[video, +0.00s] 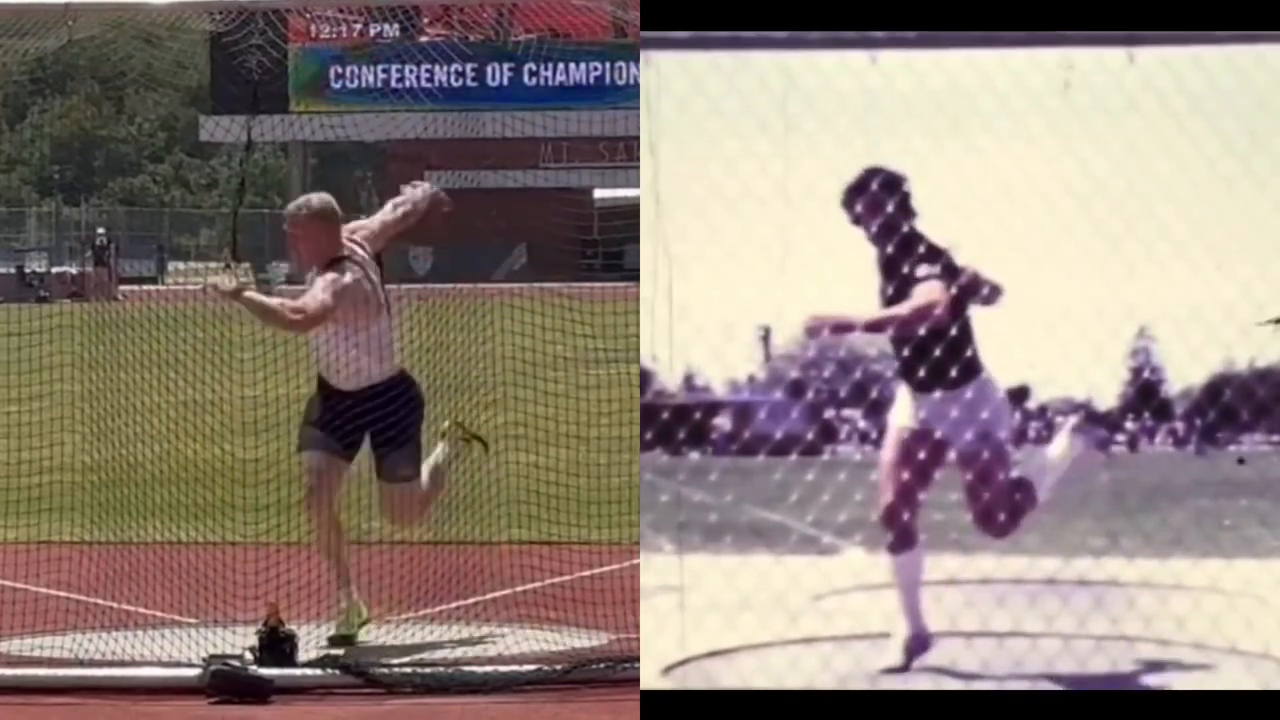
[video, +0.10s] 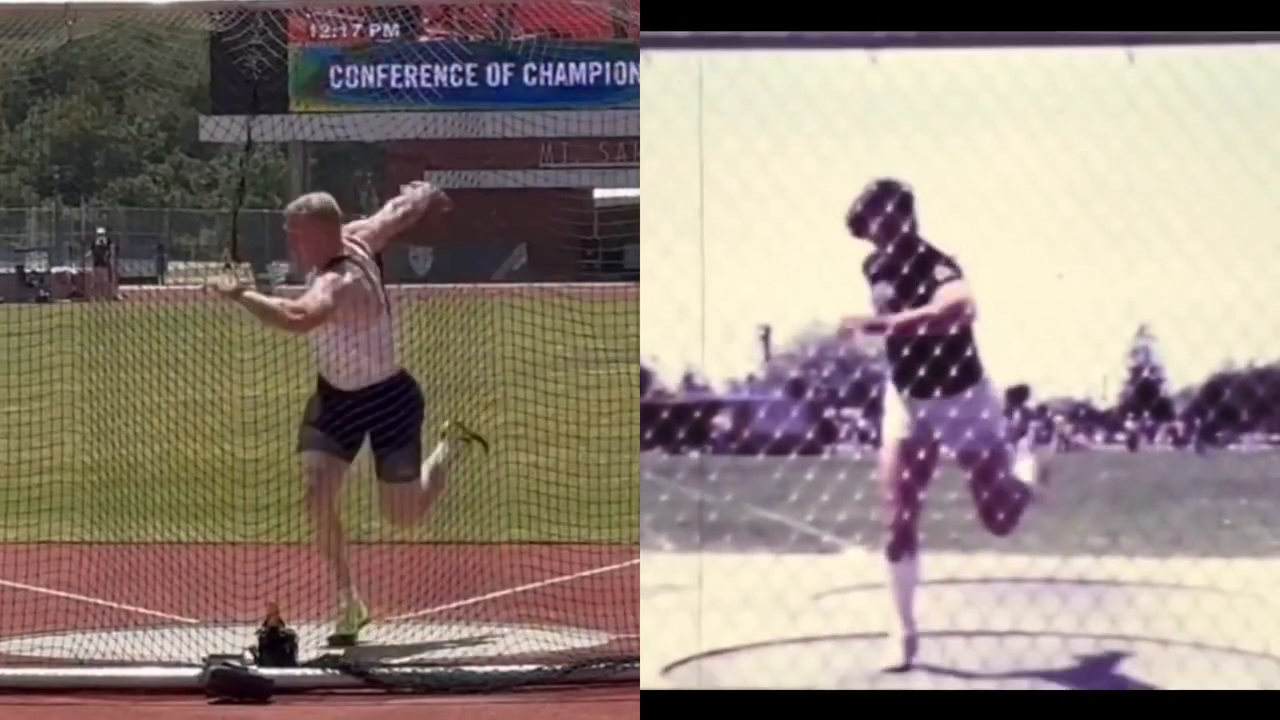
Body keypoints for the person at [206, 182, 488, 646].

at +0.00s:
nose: (292, 246)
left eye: (297, 237)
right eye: (291, 238)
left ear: (322, 235)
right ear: (324, 234)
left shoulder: (339, 280)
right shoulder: (356, 239)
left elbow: (298, 318)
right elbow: (398, 212)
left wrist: (243, 295)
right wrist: (425, 192)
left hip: (388, 398)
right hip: (336, 397)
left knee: (404, 514)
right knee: (317, 495)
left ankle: (449, 447)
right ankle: (350, 604)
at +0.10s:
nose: (292, 247)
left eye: (297, 238)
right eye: (291, 238)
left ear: (322, 235)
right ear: (324, 234)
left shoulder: (340, 280)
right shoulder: (356, 239)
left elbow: (298, 318)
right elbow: (398, 212)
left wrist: (243, 295)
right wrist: (425, 192)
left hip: (388, 398)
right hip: (336, 397)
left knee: (404, 514)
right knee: (317, 495)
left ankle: (449, 448)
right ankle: (350, 604)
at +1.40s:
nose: (363, 191)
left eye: (355, 179)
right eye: (360, 180)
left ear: (327, 190)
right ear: (366, 185)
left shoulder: (302, 228)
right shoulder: (393, 220)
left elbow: (226, 251)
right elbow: (474, 222)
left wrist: (210, 203)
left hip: (301, 351)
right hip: (352, 352)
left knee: (294, 469)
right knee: (347, 462)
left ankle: (303, 574)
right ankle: (358, 545)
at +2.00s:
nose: (321, 173)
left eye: (333, 167)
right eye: (321, 164)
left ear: (359, 176)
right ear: (318, 168)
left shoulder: (375, 214)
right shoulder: (297, 211)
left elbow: (387, 262)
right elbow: (238, 238)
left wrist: (337, 224)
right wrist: (197, 261)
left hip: (359, 337)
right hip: (324, 340)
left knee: (268, 381)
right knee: (302, 465)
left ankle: (273, 506)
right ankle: (337, 575)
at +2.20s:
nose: (322, 175)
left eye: (333, 170)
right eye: (318, 166)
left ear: (353, 180)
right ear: (307, 172)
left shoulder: (371, 220)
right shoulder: (284, 224)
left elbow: (409, 268)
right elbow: (246, 260)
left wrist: (358, 234)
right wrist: (243, 289)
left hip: (361, 337)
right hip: (308, 343)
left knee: (312, 365)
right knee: (306, 469)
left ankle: (285, 484)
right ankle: (307, 579)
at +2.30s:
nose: (323, 196)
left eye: (332, 189)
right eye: (316, 185)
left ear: (344, 192)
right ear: (301, 184)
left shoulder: (365, 232)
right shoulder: (275, 236)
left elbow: (421, 282)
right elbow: (258, 283)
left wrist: (383, 252)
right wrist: (283, 313)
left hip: (359, 346)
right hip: (305, 355)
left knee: (360, 358)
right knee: (291, 476)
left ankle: (319, 461)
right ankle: (283, 593)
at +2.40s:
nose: (330, 204)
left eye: (337, 196)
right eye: (321, 193)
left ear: (344, 201)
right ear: (297, 197)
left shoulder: (357, 242)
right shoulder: (274, 245)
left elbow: (420, 293)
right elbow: (277, 294)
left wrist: (400, 272)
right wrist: (324, 319)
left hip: (348, 366)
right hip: (299, 369)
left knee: (397, 355)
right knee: (288, 494)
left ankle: (373, 437)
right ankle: (276, 611)